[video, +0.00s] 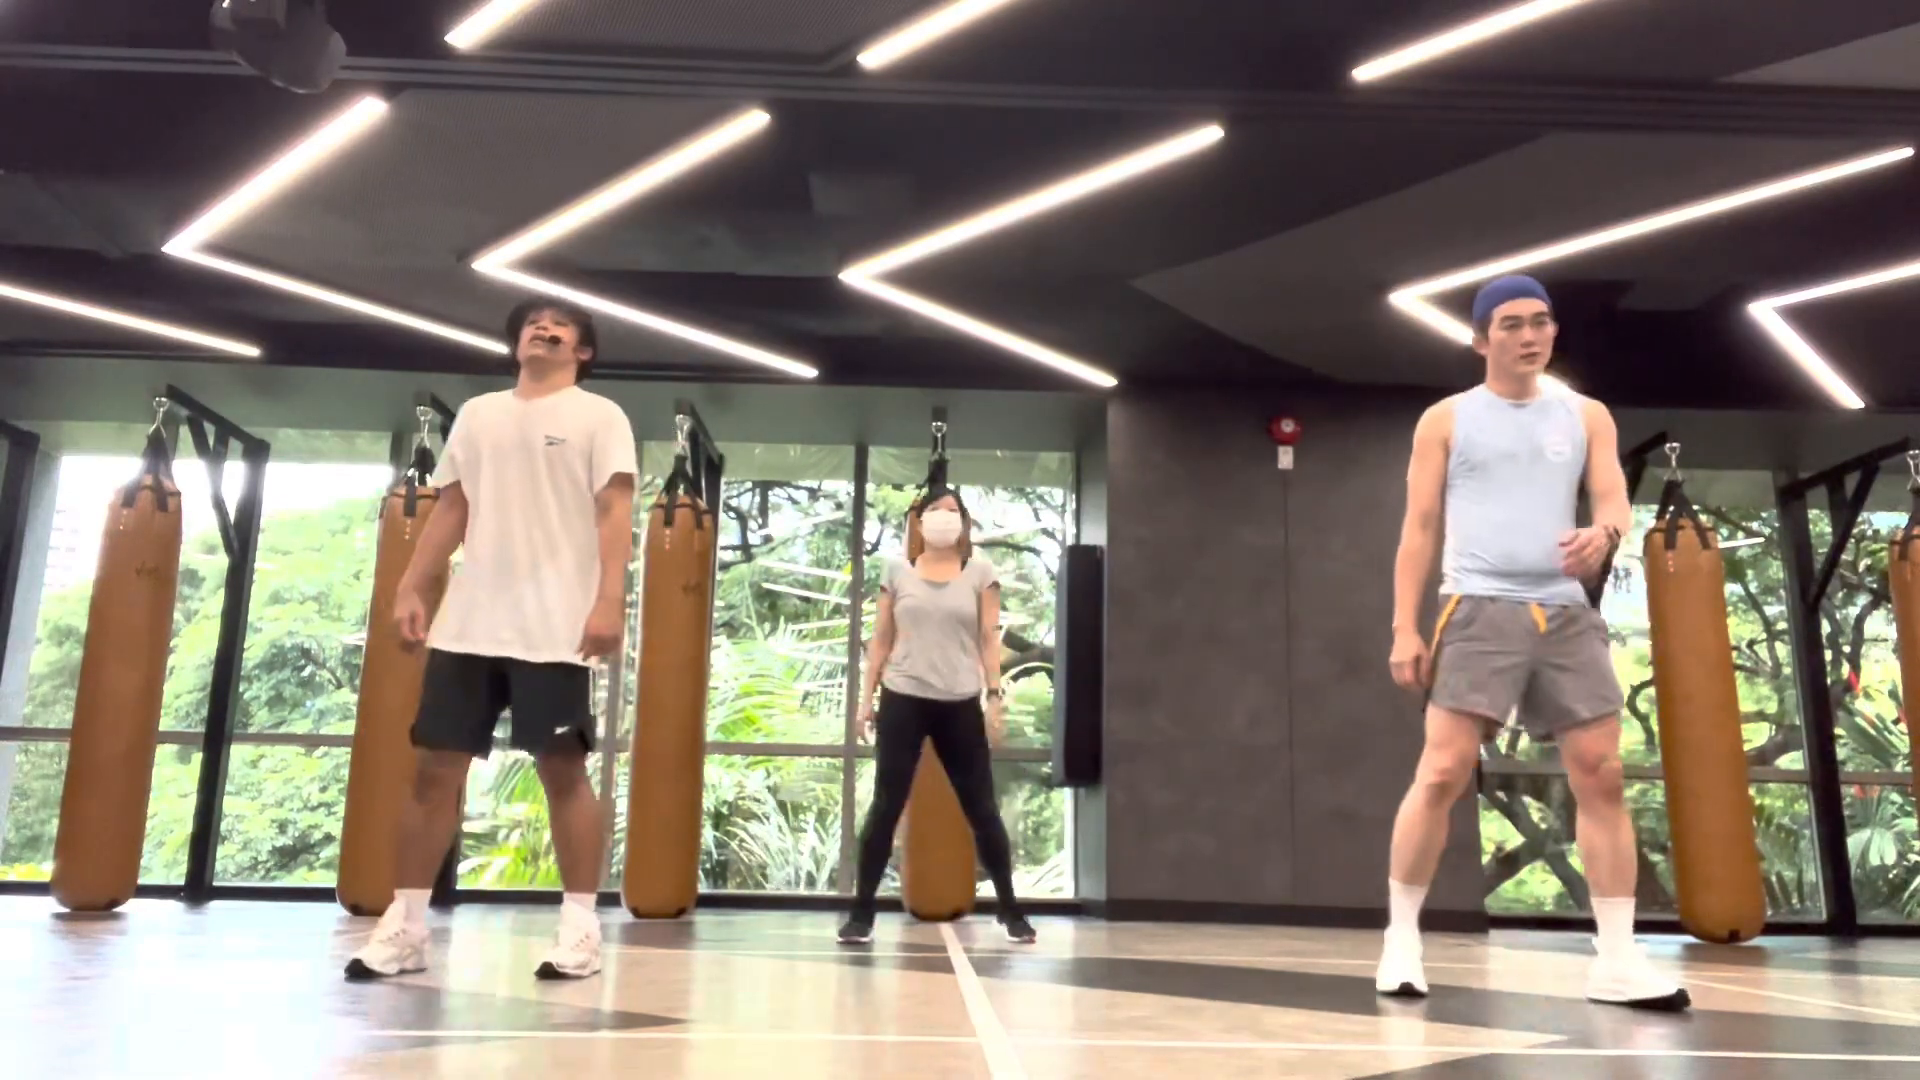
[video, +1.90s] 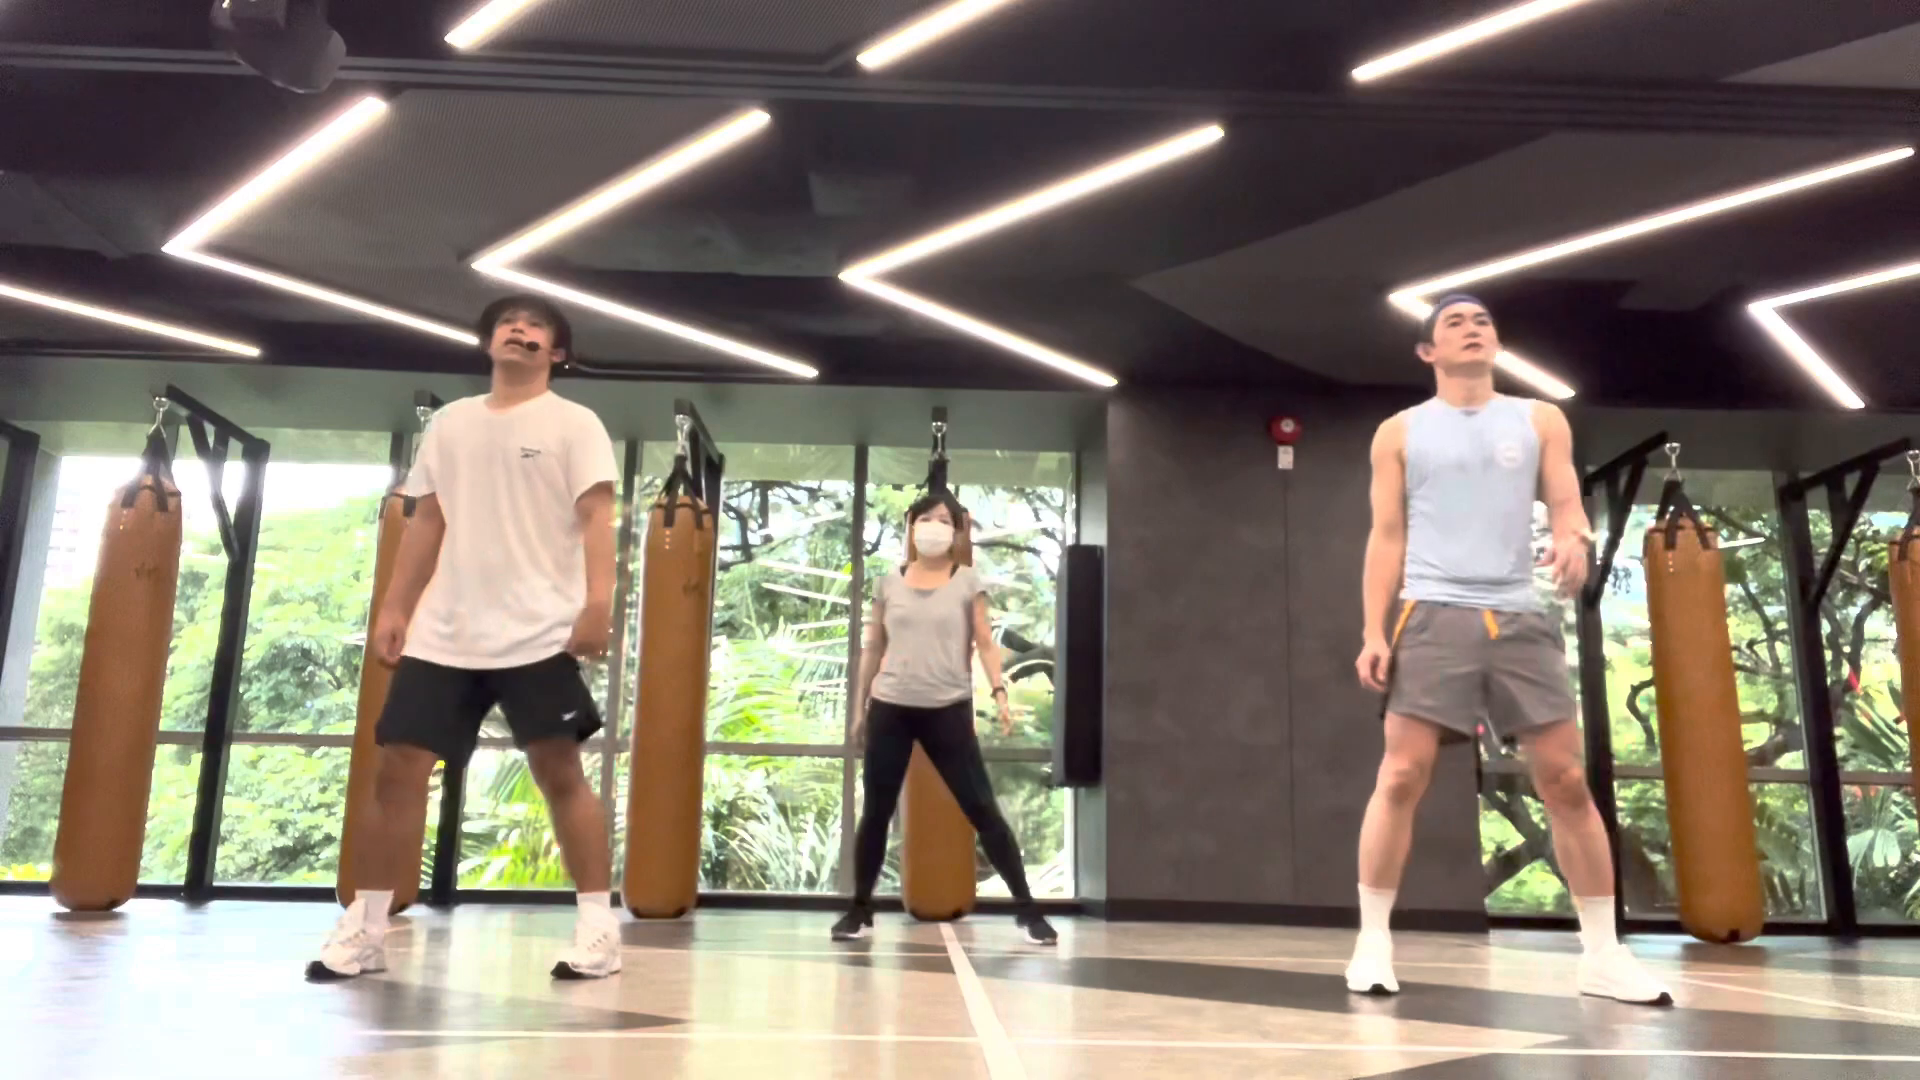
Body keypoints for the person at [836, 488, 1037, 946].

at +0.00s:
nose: (945, 517)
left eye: (954, 511)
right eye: (936, 511)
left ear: (966, 526)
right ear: (918, 524)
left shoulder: (980, 572)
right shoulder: (899, 572)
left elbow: (990, 639)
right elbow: (881, 641)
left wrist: (994, 695)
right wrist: (867, 697)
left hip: (960, 704)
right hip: (902, 701)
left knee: (984, 810)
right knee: (886, 807)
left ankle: (1008, 906)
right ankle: (862, 912)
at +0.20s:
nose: (923, 507)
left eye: (932, 503)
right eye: (914, 501)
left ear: (943, 521)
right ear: (897, 516)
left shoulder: (954, 571)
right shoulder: (872, 559)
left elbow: (962, 642)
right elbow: (844, 621)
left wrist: (966, 700)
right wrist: (820, 674)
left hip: (930, 695)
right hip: (872, 693)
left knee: (949, 797)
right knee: (870, 804)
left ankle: (975, 890)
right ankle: (860, 912)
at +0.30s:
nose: (918, 510)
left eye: (927, 504)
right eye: (909, 502)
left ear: (937, 518)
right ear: (891, 515)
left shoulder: (947, 571)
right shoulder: (866, 559)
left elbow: (950, 641)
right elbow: (831, 621)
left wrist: (953, 700)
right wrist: (805, 674)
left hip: (925, 693)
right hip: (868, 692)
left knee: (926, 795)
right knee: (868, 802)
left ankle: (931, 896)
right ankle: (860, 912)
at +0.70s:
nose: (926, 509)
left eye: (936, 504)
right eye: (917, 501)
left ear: (946, 521)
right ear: (901, 514)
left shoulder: (951, 574)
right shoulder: (872, 555)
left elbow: (949, 640)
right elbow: (842, 616)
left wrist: (956, 696)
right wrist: (838, 676)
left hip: (935, 690)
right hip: (877, 690)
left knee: (976, 789)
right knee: (873, 802)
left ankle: (985, 882)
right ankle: (860, 911)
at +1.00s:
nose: (973, 514)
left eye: (981, 508)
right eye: (964, 507)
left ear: (991, 523)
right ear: (949, 521)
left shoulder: (1008, 580)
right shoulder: (928, 567)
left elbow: (1010, 642)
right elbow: (901, 632)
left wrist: (1012, 692)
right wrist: (884, 691)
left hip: (993, 705)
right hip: (933, 704)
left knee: (1013, 810)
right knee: (905, 808)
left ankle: (1031, 910)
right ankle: (863, 909)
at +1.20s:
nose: (1001, 509)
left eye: (1008, 503)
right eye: (991, 502)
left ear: (1019, 517)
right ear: (973, 517)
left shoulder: (1036, 570)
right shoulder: (953, 563)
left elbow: (1047, 640)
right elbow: (934, 631)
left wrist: (1062, 694)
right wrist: (926, 690)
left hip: (1019, 698)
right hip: (962, 695)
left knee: (1023, 806)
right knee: (946, 796)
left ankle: (1031, 911)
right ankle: (916, 892)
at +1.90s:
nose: (934, 528)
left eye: (943, 522)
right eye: (925, 520)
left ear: (957, 534)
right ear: (911, 530)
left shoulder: (967, 582)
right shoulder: (889, 584)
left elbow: (985, 642)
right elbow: (873, 649)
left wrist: (1000, 692)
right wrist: (860, 707)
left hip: (948, 709)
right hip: (890, 707)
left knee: (983, 809)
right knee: (875, 812)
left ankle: (1026, 907)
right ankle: (860, 909)